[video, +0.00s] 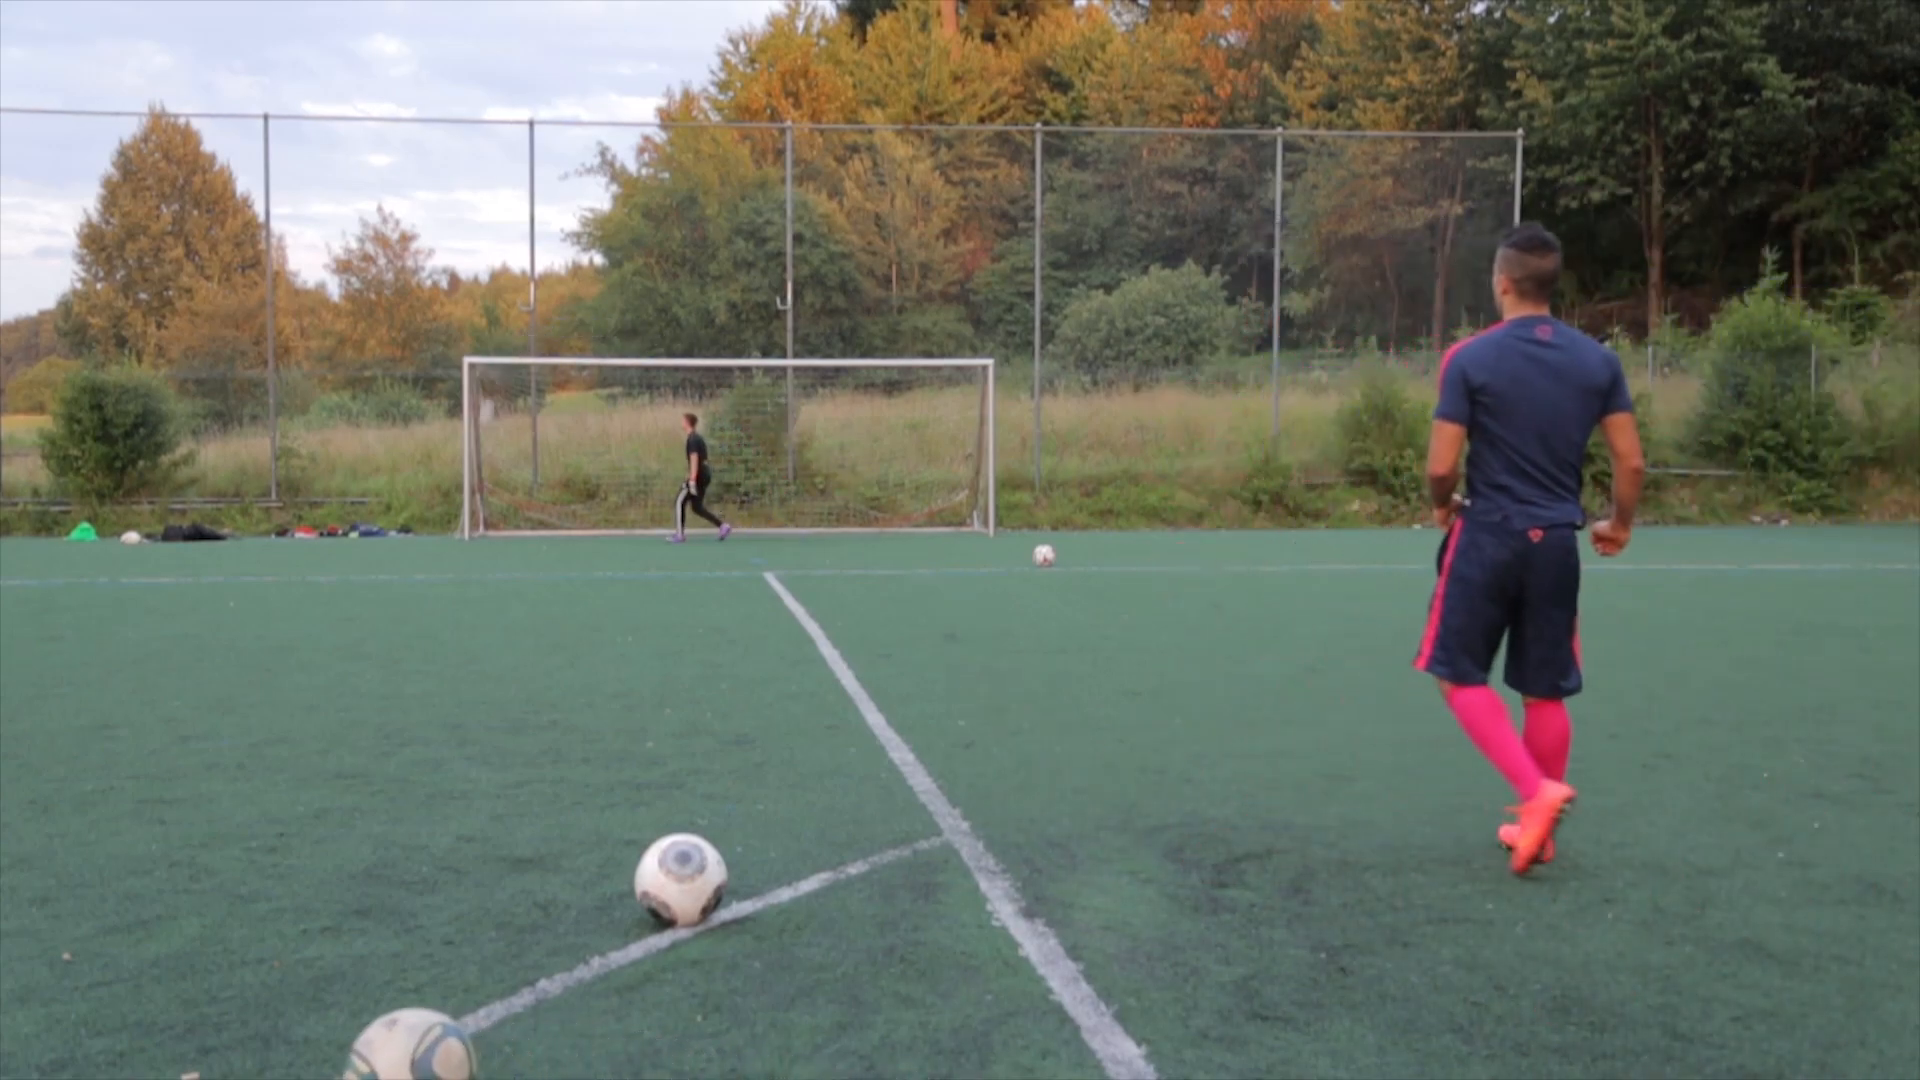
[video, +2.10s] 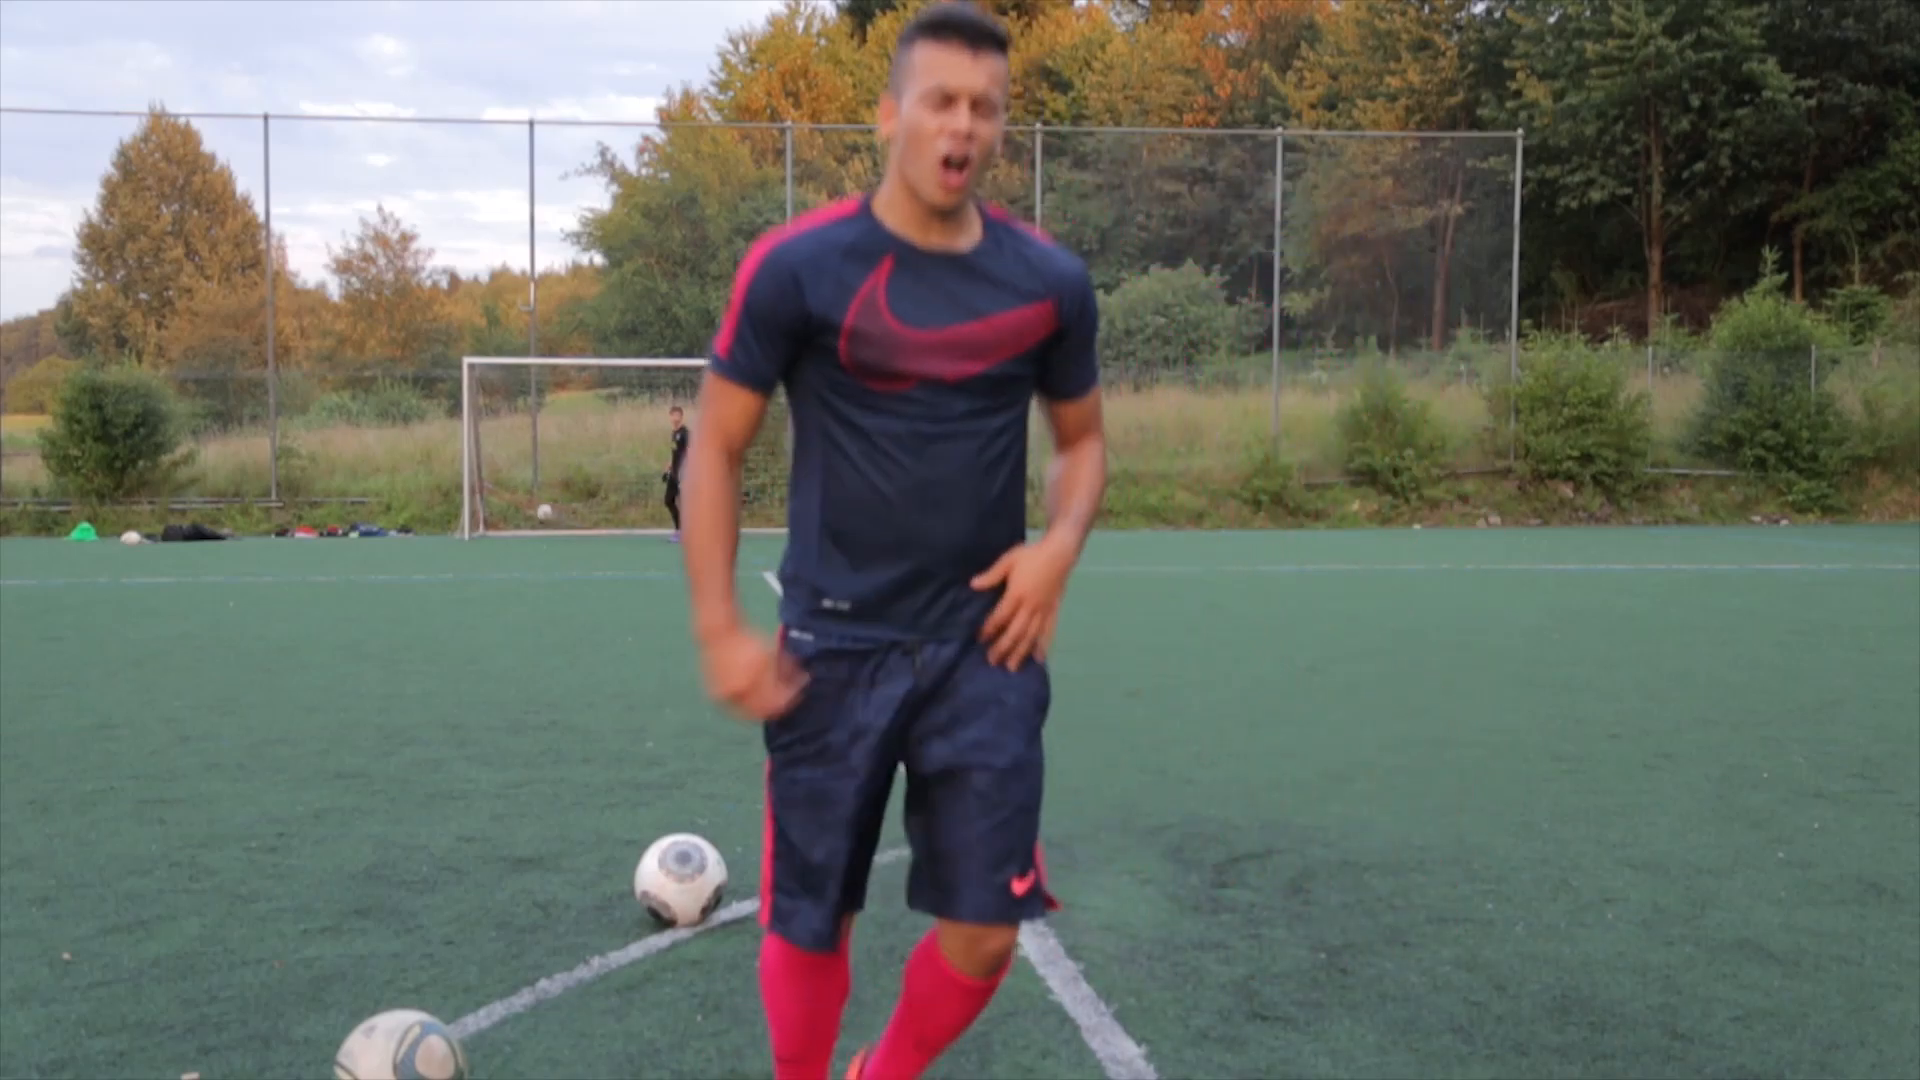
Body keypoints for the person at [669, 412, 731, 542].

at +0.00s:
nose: (682, 424)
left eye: (684, 421)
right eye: (683, 421)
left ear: (688, 423)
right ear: (693, 423)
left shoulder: (692, 439)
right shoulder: (697, 438)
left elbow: (694, 461)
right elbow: (700, 459)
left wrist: (692, 480)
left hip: (697, 475)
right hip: (703, 474)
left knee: (680, 501)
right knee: (697, 506)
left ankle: (679, 534)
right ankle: (721, 526)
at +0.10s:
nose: (680, 422)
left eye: (681, 419)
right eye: (680, 419)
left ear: (685, 420)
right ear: (690, 420)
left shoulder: (688, 437)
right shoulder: (695, 436)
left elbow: (685, 457)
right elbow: (693, 457)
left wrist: (677, 475)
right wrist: (683, 473)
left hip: (692, 471)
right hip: (698, 470)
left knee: (677, 501)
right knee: (685, 503)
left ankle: (679, 533)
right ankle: (708, 525)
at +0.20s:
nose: (677, 421)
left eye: (678, 418)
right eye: (677, 418)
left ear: (683, 419)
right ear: (687, 419)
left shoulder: (687, 435)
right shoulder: (692, 434)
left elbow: (680, 455)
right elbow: (689, 455)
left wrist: (662, 469)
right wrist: (679, 468)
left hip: (688, 468)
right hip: (692, 467)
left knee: (676, 500)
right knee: (678, 499)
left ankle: (679, 533)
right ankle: (691, 528)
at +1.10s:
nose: (671, 417)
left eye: (673, 414)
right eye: (669, 414)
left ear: (678, 416)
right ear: (667, 416)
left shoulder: (683, 433)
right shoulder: (671, 433)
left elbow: (686, 455)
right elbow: (674, 454)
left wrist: (679, 472)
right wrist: (673, 470)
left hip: (681, 470)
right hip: (674, 469)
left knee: (676, 500)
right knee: (674, 500)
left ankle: (681, 533)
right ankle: (680, 532)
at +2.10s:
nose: (675, 419)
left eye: (677, 416)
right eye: (673, 416)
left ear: (681, 417)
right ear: (670, 417)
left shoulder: (684, 434)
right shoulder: (675, 434)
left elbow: (680, 456)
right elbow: (675, 456)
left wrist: (673, 472)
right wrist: (669, 470)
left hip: (680, 473)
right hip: (675, 473)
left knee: (670, 500)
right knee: (669, 500)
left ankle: (679, 528)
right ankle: (679, 528)